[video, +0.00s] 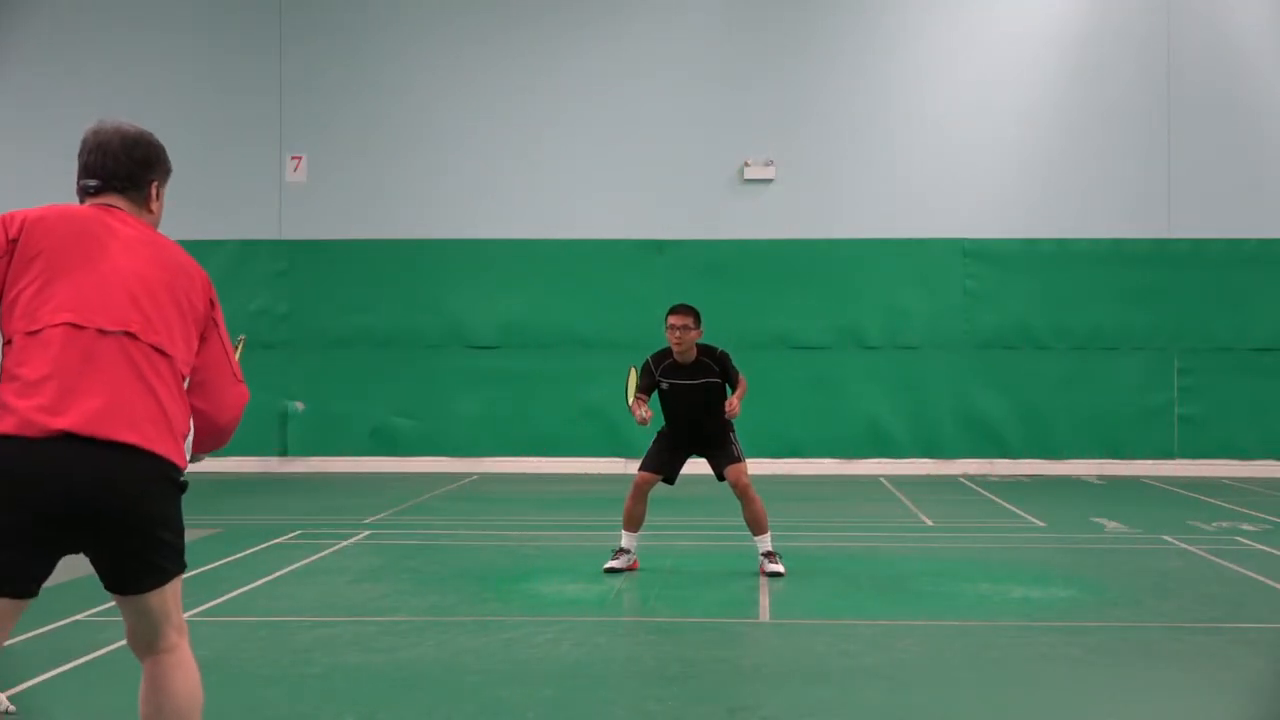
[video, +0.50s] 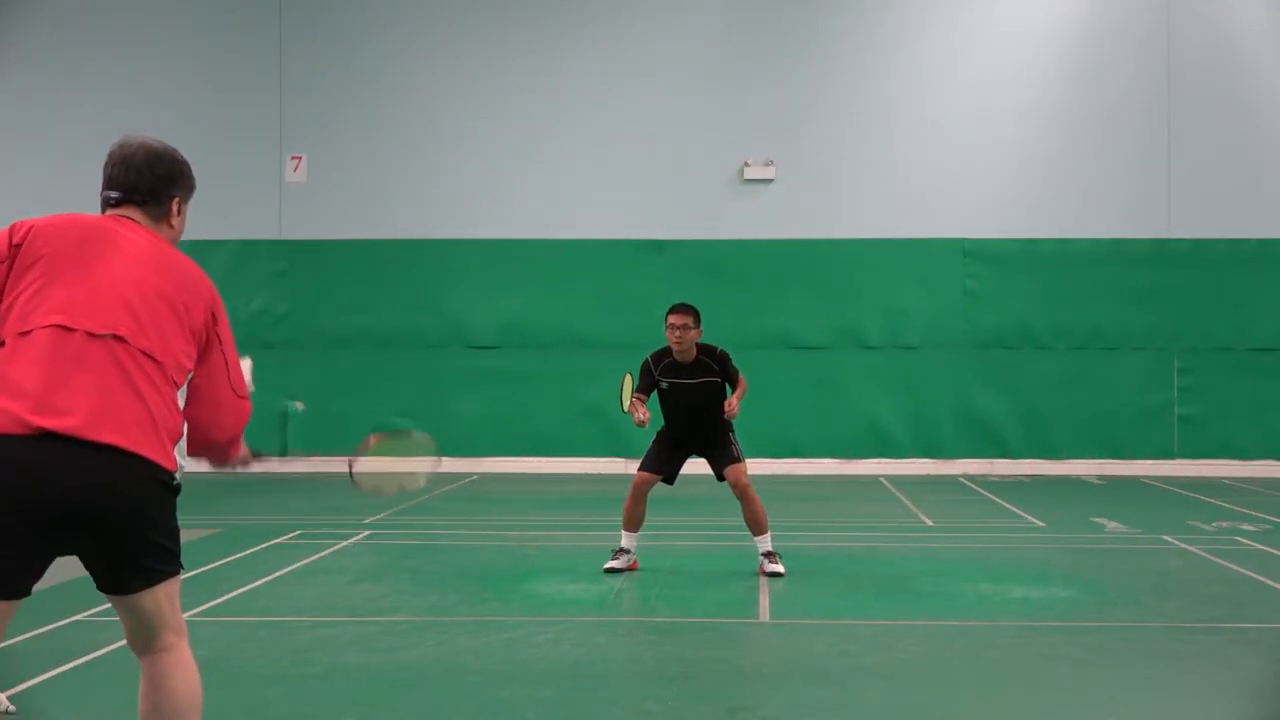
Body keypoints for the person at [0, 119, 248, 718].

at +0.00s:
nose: (164, 203)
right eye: (164, 191)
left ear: (83, 185)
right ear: (155, 192)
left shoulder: (21, 227)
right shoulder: (186, 272)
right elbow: (223, 407)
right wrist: (179, 445)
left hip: (20, 460)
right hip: (136, 471)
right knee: (163, 644)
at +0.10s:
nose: (161, 209)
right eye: (162, 197)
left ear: (81, 191)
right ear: (152, 198)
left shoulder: (20, 233)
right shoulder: (186, 278)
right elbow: (222, 410)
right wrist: (178, 462)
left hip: (20, 464)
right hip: (136, 475)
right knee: (163, 644)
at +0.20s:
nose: (164, 207)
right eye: (164, 195)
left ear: (83, 189)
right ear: (155, 196)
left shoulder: (20, 231)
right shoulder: (187, 277)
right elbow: (221, 412)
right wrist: (191, 431)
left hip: (18, 463)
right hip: (134, 474)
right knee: (163, 644)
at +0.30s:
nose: (172, 206)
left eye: (173, 194)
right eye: (173, 194)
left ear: (91, 186)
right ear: (162, 194)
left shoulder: (21, 229)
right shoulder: (188, 273)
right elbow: (220, 406)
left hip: (16, 460)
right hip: (129, 473)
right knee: (163, 646)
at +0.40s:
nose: (179, 214)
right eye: (180, 201)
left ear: (97, 191)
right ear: (169, 200)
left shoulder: (22, 232)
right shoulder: (192, 278)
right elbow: (217, 412)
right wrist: (232, 370)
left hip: (14, 460)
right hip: (126, 475)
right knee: (163, 645)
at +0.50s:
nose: (187, 221)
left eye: (187, 208)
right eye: (188, 208)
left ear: (105, 199)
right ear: (175, 209)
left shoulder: (28, 235)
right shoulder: (195, 286)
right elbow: (216, 426)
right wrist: (227, 448)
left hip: (15, 458)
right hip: (128, 474)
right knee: (162, 644)